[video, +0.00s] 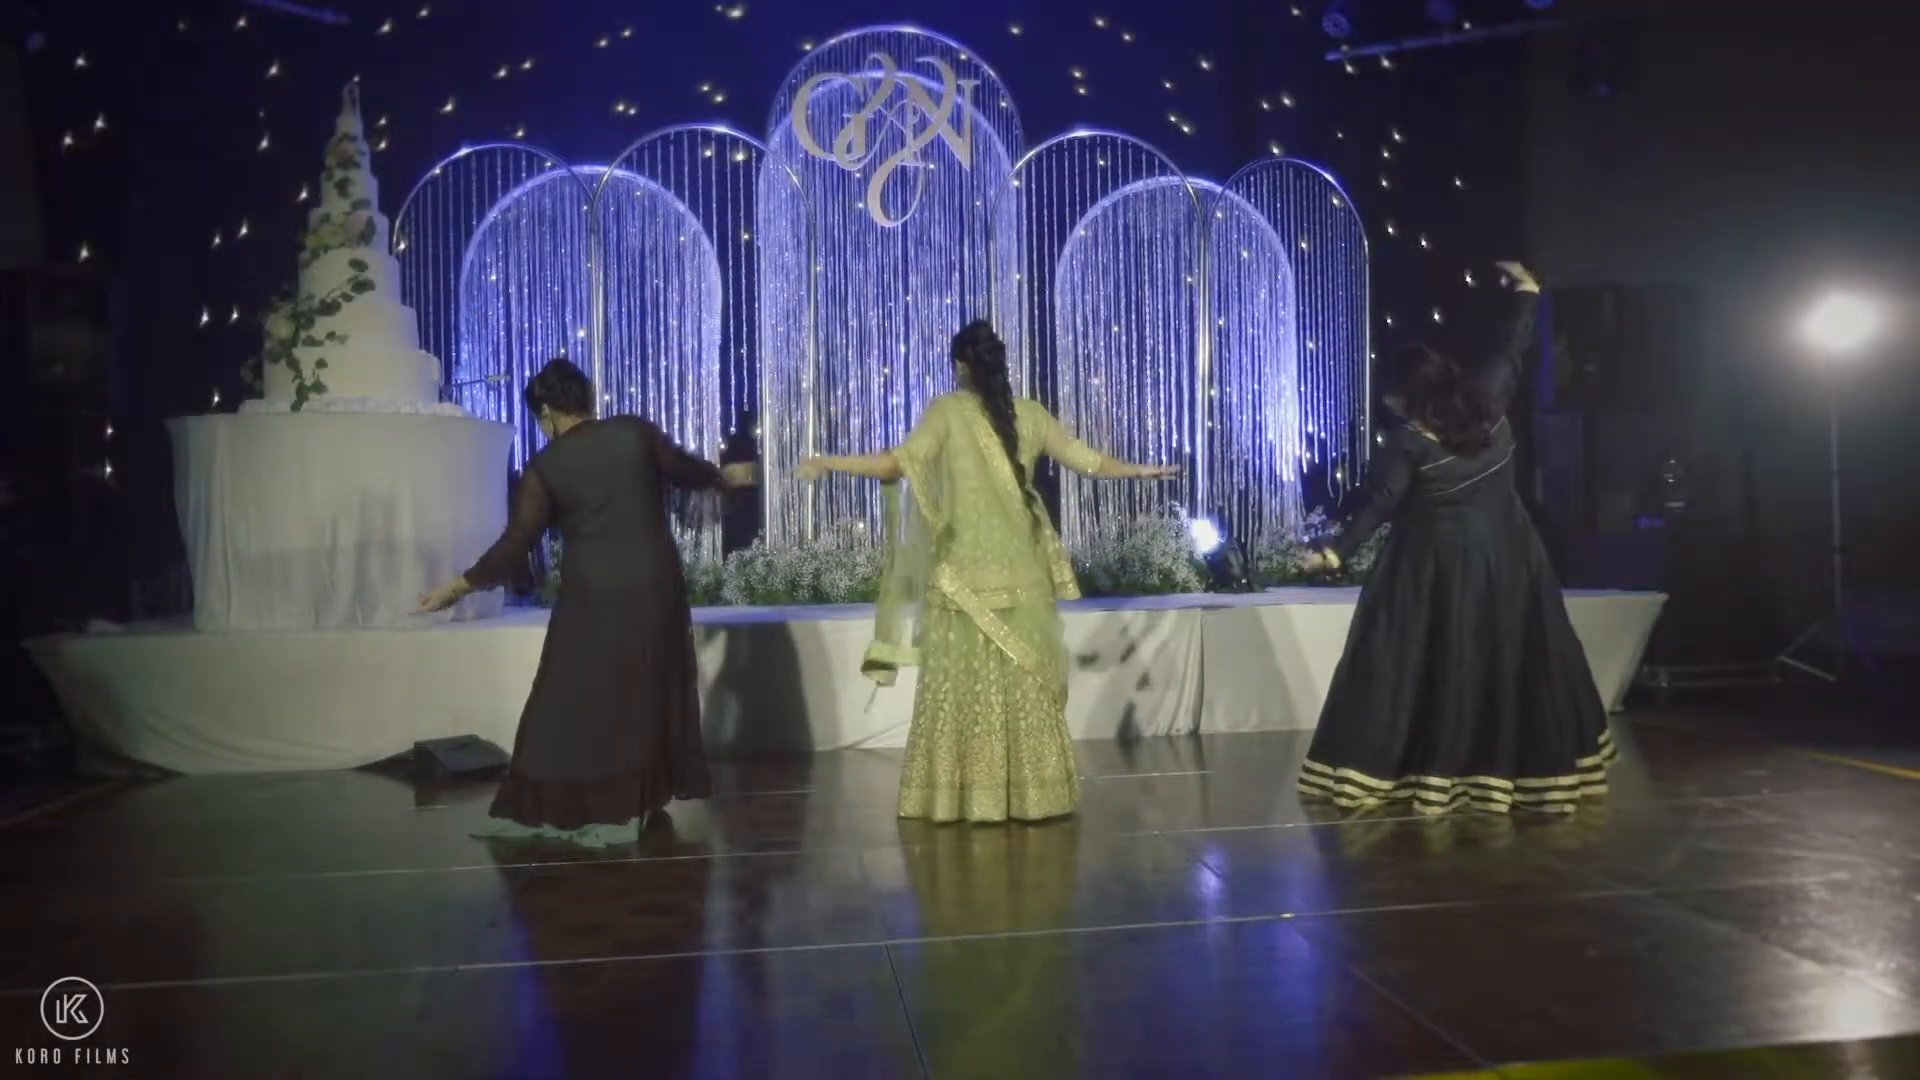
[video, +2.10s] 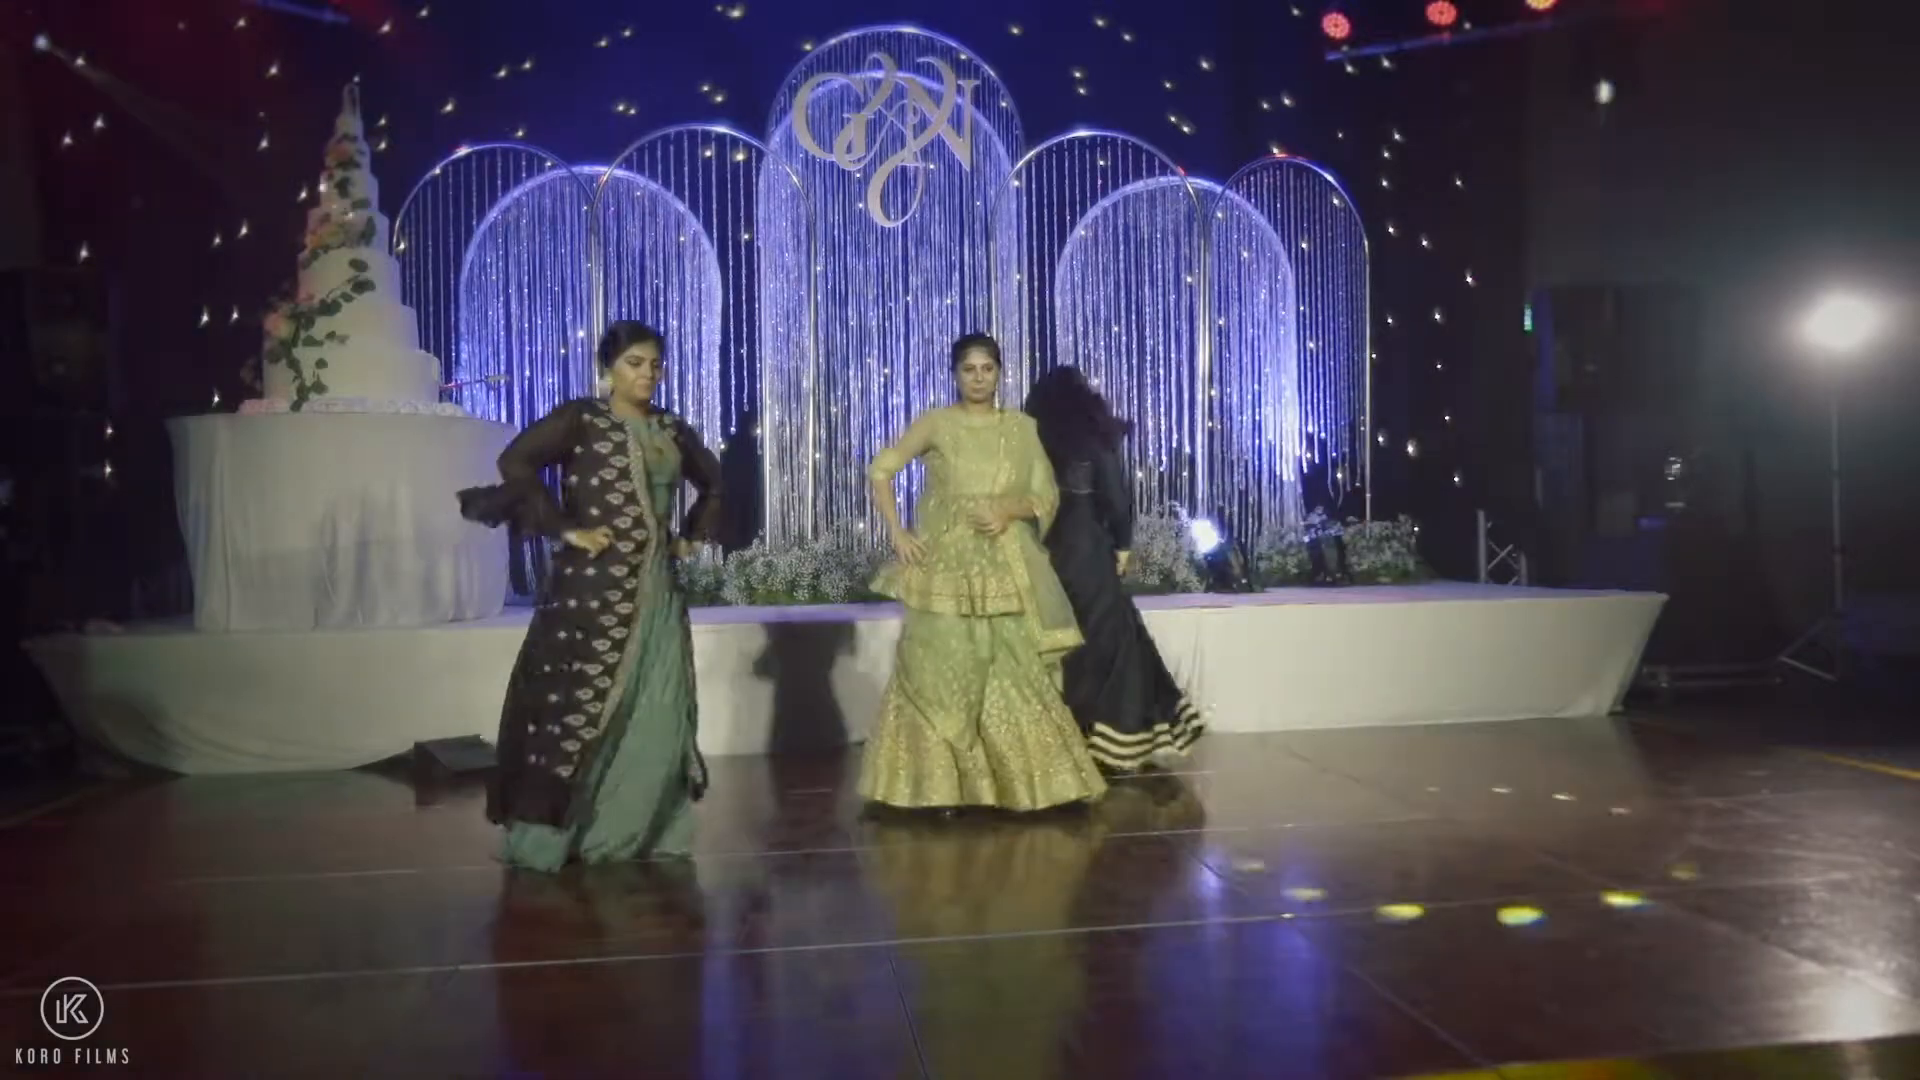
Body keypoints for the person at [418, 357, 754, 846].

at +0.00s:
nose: (542, 428)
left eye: (540, 417)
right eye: (541, 418)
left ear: (550, 413)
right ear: (588, 402)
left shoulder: (547, 466)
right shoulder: (637, 433)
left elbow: (517, 541)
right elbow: (683, 466)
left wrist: (462, 585)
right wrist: (723, 478)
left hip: (594, 594)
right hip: (656, 587)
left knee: (577, 695)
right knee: (649, 691)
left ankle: (585, 811)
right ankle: (650, 802)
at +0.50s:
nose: (525, 413)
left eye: (525, 403)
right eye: (525, 403)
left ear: (539, 399)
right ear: (577, 396)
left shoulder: (529, 441)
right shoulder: (621, 437)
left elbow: (490, 500)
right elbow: (677, 488)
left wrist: (489, 559)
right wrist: (671, 537)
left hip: (558, 593)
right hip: (622, 591)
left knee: (559, 697)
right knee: (622, 695)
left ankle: (569, 810)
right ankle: (629, 808)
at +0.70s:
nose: (501, 405)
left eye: (506, 394)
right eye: (500, 395)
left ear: (535, 395)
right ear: (553, 395)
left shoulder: (528, 438)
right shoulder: (593, 441)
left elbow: (511, 493)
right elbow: (632, 495)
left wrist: (501, 547)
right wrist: (600, 531)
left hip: (544, 589)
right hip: (592, 586)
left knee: (545, 693)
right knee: (594, 692)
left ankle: (554, 803)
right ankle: (605, 805)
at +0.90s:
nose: (505, 395)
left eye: (517, 386)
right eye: (500, 387)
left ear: (542, 391)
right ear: (497, 392)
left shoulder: (548, 433)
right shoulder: (529, 438)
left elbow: (574, 467)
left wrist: (553, 529)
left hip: (552, 583)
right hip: (526, 583)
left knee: (552, 696)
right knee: (524, 693)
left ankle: (560, 814)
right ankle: (526, 810)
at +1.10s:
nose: (527, 393)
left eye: (536, 385)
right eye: (516, 383)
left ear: (544, 390)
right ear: (496, 388)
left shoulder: (560, 435)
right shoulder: (487, 439)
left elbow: (612, 478)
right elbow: (471, 484)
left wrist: (585, 536)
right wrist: (477, 525)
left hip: (546, 576)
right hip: (500, 575)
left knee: (538, 683)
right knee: (494, 679)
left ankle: (533, 799)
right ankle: (489, 795)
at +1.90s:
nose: (600, 384)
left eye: (609, 376)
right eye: (589, 375)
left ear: (619, 383)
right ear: (566, 381)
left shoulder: (637, 438)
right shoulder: (533, 432)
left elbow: (695, 496)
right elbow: (459, 472)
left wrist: (658, 551)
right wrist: (502, 536)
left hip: (614, 589)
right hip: (551, 587)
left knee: (613, 708)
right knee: (546, 706)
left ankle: (595, 830)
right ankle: (542, 837)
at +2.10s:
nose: (648, 373)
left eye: (654, 364)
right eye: (636, 364)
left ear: (660, 371)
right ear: (608, 369)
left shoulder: (671, 431)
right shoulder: (578, 419)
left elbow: (713, 482)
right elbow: (515, 464)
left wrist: (693, 535)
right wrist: (564, 527)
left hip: (657, 592)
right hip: (595, 590)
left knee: (659, 712)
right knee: (586, 709)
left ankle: (635, 836)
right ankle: (556, 838)